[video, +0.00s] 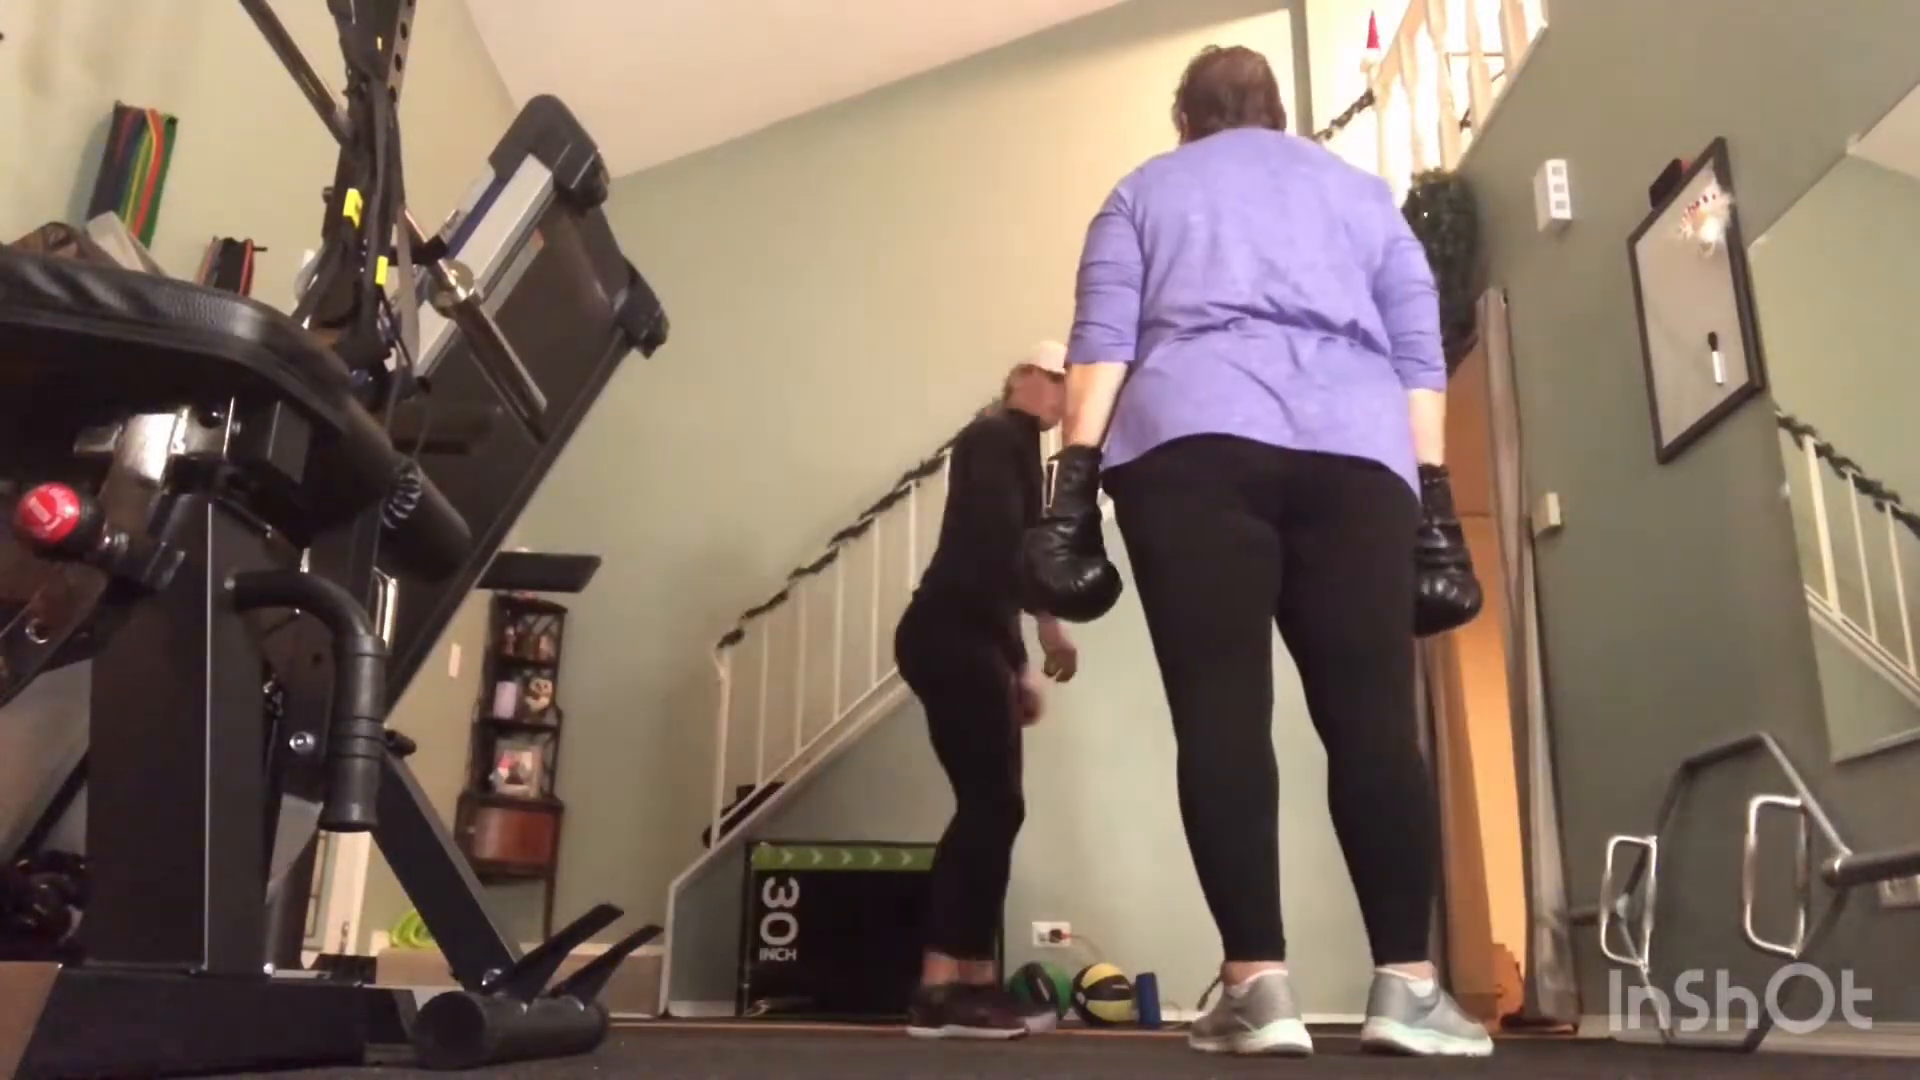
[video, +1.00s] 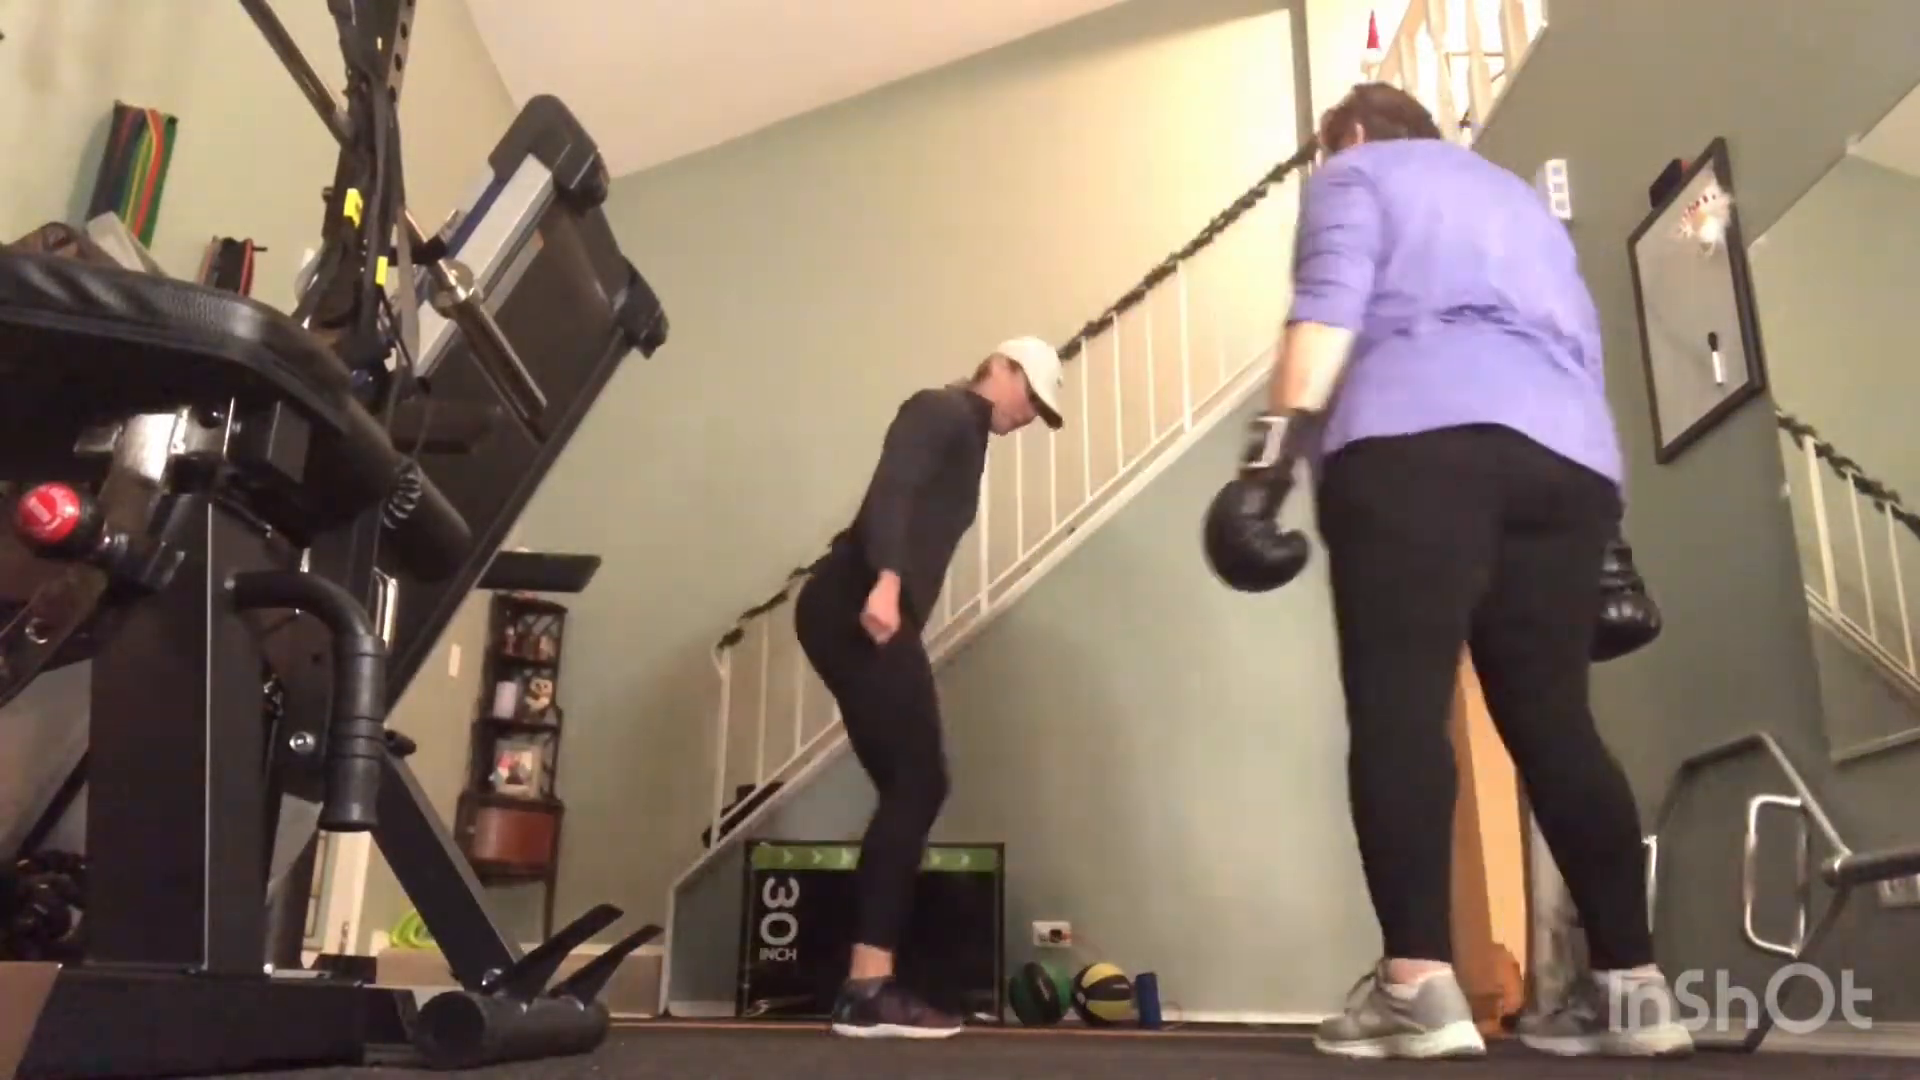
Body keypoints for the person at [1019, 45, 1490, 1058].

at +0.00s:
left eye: (1183, 115)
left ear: (1184, 123)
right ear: (1284, 115)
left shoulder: (1144, 188)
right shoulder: (1367, 193)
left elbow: (1102, 341)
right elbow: (1419, 352)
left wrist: (1067, 493)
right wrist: (1434, 510)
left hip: (1192, 445)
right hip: (1358, 457)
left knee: (1221, 720)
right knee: (1374, 722)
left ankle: (1256, 982)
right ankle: (1407, 985)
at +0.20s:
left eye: (1183, 103)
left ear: (1179, 113)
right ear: (1278, 103)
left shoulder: (1124, 180)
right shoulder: (1354, 165)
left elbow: (1087, 339)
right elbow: (1416, 317)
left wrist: (1063, 491)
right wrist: (1446, 477)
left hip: (1177, 430)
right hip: (1348, 434)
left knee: (1215, 712)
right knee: (1382, 708)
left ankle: (1257, 984)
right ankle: (1415, 972)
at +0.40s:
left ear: (1226, 77)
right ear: (1336, 67)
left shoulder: (1153, 135)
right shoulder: (1404, 118)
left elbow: (1104, 276)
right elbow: (1467, 266)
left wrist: (1066, 439)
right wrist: (1500, 452)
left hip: (1172, 393)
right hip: (1360, 383)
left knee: (1214, 689)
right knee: (1345, 673)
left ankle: (1248, 968)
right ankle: (1315, 976)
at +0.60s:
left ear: (1225, 101)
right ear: (1327, 87)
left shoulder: (1161, 176)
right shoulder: (1395, 137)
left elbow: (1114, 352)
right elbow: (1462, 285)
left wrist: (1106, 504)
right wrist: (1513, 456)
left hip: (1199, 426)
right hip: (1384, 417)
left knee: (1241, 705)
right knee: (1446, 678)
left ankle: (1272, 990)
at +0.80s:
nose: (1329, 130)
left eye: (1331, 117)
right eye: (1335, 114)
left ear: (1347, 109)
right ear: (1439, 102)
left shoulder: (1325, 148)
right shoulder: (1542, 167)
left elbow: (1284, 280)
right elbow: (1606, 334)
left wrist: (1241, 430)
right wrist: (1639, 492)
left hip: (1366, 416)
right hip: (1546, 428)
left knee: (1344, 698)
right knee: (1534, 707)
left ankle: (1347, 966)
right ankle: (1543, 983)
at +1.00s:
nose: (1326, 176)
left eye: (1327, 162)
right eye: (1325, 164)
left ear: (1350, 140)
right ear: (1426, 134)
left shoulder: (1349, 173)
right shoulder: (1531, 207)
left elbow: (1325, 315)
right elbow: (1582, 365)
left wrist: (1267, 464)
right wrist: (1603, 530)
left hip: (1411, 445)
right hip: (1563, 458)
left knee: (1398, 715)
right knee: (1554, 722)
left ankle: (1417, 982)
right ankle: (1632, 981)